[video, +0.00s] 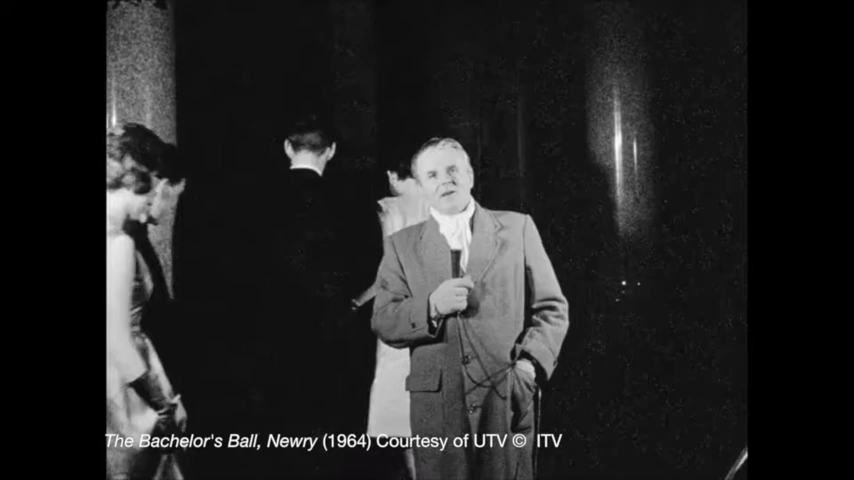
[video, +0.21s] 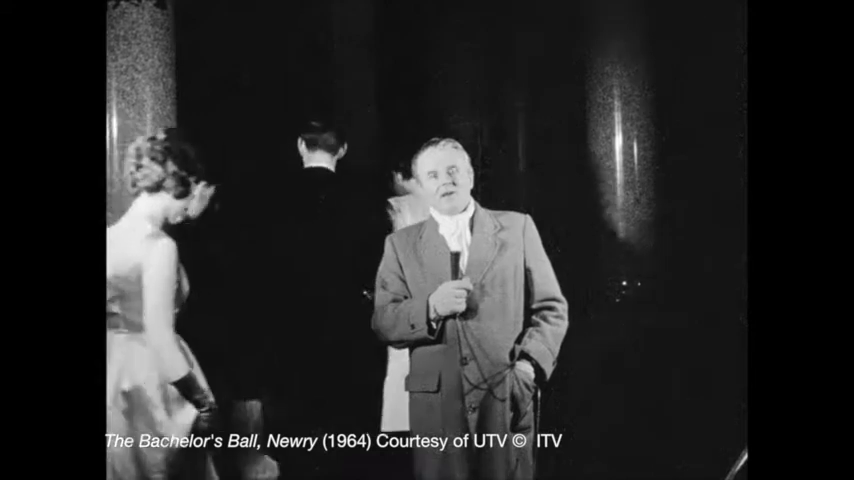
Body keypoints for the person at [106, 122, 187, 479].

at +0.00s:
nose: (153, 205)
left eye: (155, 194)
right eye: (150, 193)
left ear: (131, 184)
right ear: (130, 186)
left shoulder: (125, 240)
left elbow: (137, 331)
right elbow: (117, 340)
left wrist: (167, 394)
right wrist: (164, 404)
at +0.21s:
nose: (190, 212)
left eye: (194, 202)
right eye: (190, 201)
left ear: (146, 184)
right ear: (173, 188)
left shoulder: (113, 236)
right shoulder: (159, 247)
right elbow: (159, 337)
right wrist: (203, 400)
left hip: (113, 359)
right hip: (148, 365)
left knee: (120, 457)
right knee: (158, 461)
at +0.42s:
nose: (229, 207)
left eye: (231, 196)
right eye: (228, 195)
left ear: (186, 184)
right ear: (211, 188)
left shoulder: (152, 238)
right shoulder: (202, 246)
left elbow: (159, 318)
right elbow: (206, 331)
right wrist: (248, 400)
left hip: (154, 356)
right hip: (192, 362)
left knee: (157, 462)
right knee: (200, 461)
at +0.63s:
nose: (272, 189)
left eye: (272, 179)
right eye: (268, 178)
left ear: (237, 173)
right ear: (244, 174)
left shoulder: (194, 229)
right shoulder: (237, 233)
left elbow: (204, 308)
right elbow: (241, 320)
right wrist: (282, 376)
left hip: (197, 347)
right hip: (232, 353)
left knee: (203, 454)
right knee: (241, 457)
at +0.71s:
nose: (286, 188)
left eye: (286, 177)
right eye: (282, 176)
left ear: (251, 173)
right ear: (256, 173)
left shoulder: (209, 229)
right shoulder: (251, 232)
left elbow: (219, 309)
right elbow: (254, 320)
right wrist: (297, 373)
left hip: (212, 348)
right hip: (247, 354)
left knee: (216, 457)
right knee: (256, 458)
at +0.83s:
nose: (305, 190)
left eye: (305, 179)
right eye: (301, 178)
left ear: (271, 178)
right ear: (275, 177)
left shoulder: (229, 232)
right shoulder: (278, 235)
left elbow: (239, 307)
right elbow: (280, 318)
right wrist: (320, 373)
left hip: (231, 349)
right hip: (269, 353)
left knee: (236, 453)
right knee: (276, 455)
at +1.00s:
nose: (330, 189)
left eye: (330, 180)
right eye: (325, 181)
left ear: (292, 180)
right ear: (301, 181)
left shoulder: (260, 233)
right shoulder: (313, 237)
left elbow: (267, 305)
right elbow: (323, 319)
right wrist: (347, 359)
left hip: (265, 346)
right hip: (305, 351)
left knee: (265, 448)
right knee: (308, 454)